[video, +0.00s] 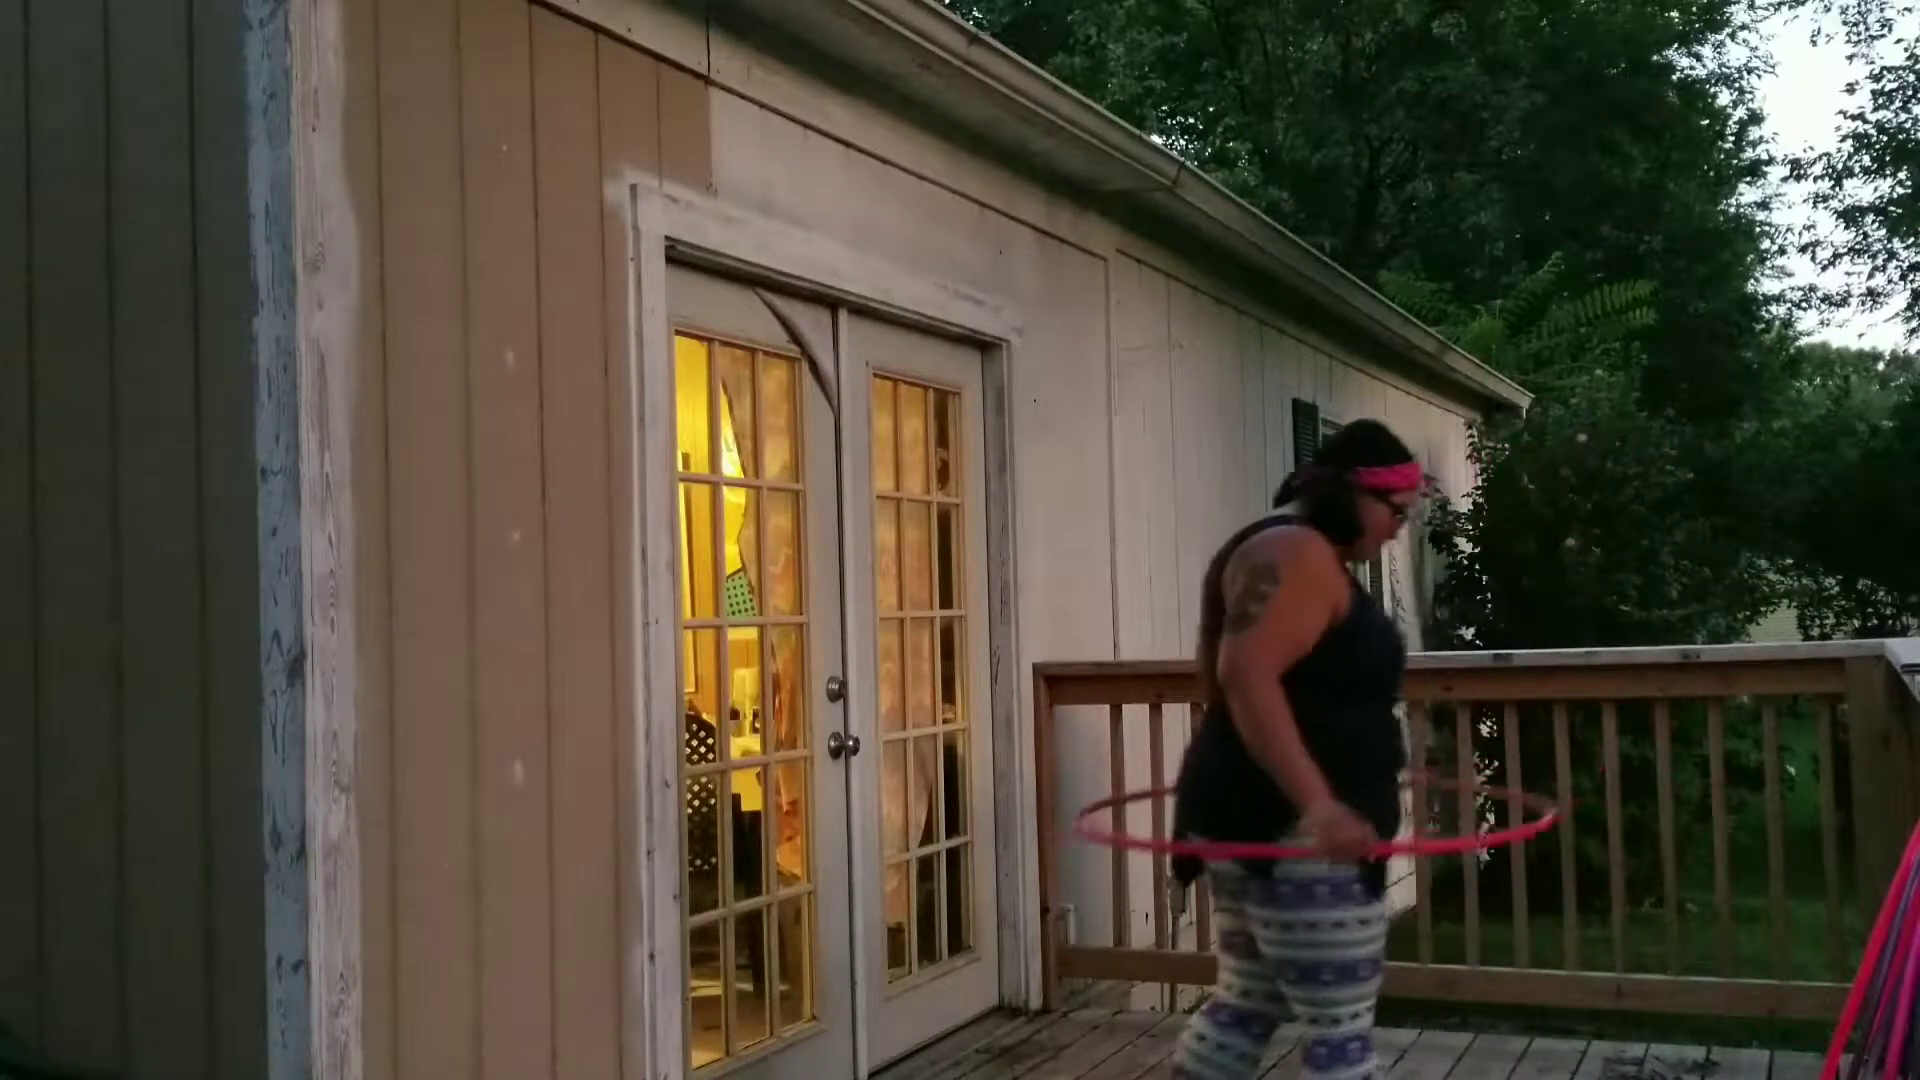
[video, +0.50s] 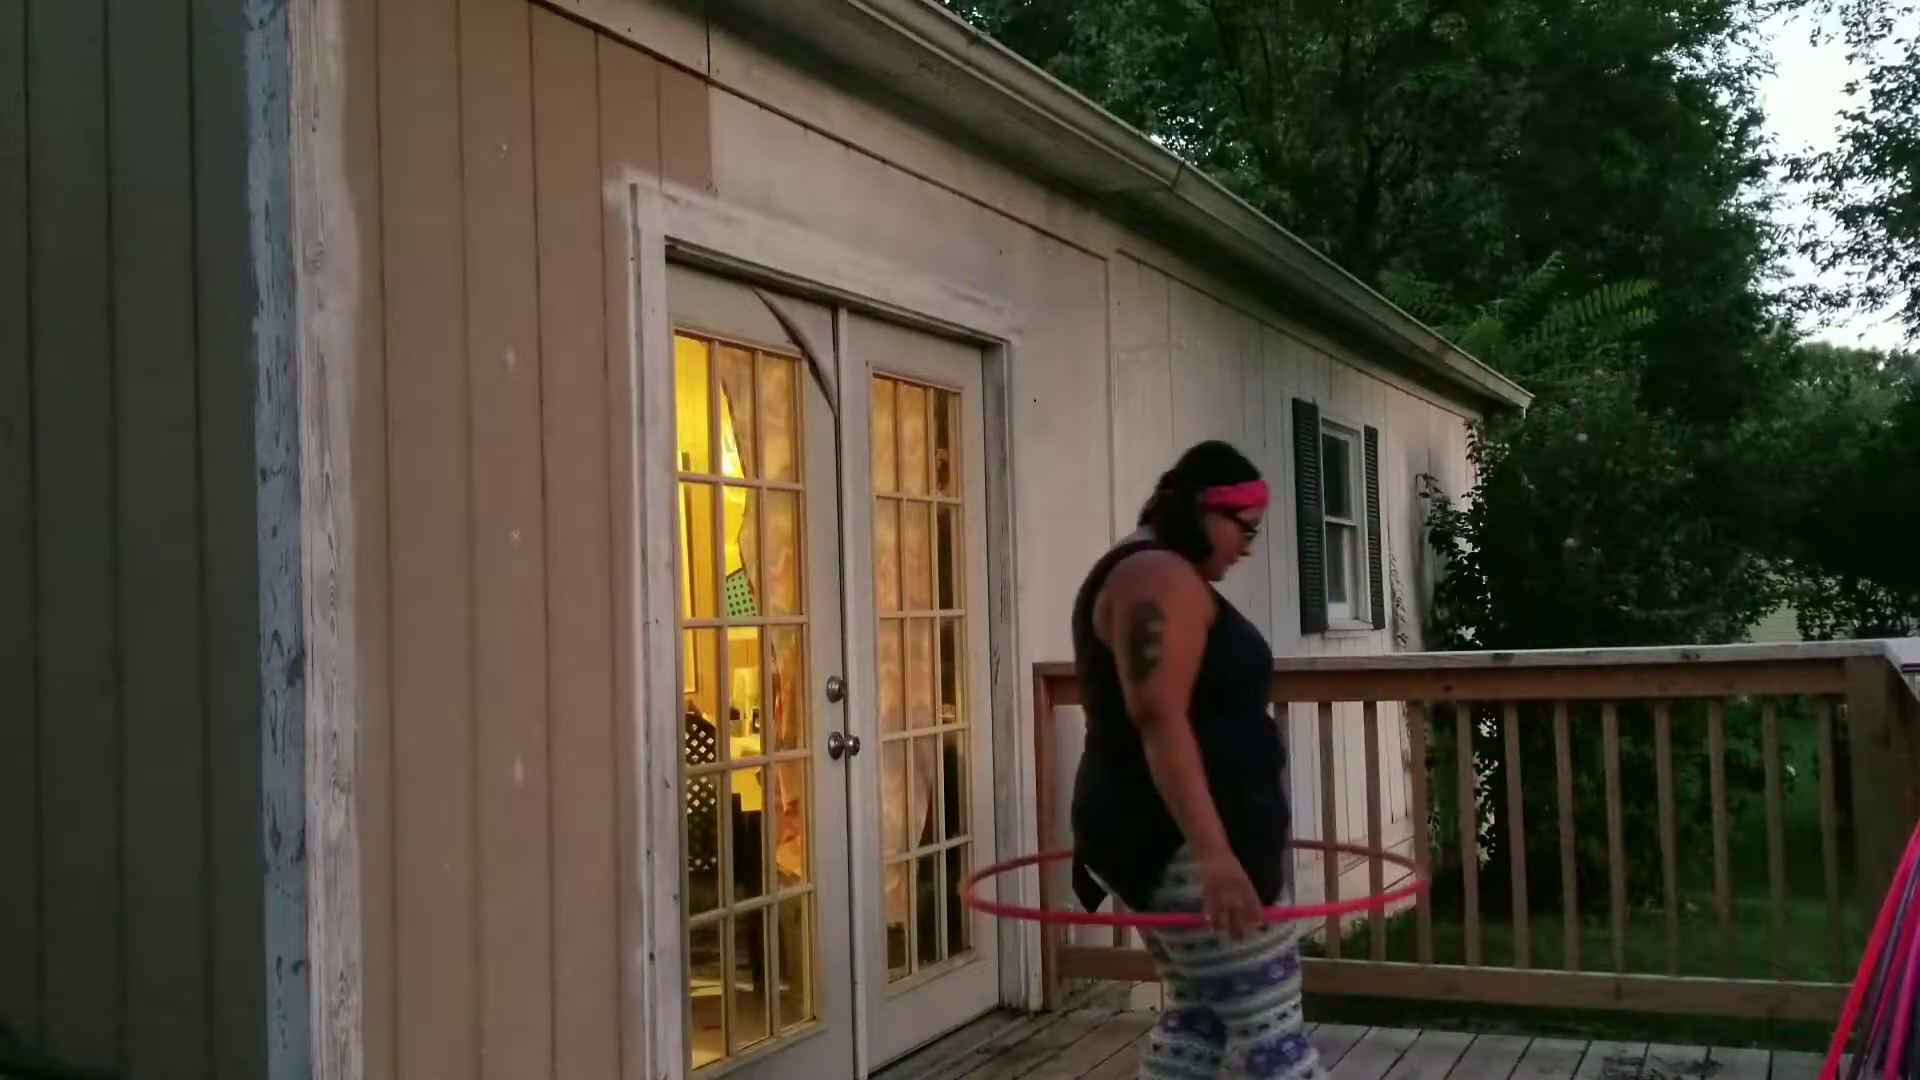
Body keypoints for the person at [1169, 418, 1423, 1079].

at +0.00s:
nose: (1399, 525)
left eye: (1405, 512)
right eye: (1394, 507)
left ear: (1338, 490)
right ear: (1351, 489)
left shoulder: (1269, 549)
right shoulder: (1300, 554)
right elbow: (1246, 674)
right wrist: (1320, 804)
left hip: (1246, 826)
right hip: (1304, 833)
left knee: (1247, 1004)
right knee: (1340, 1030)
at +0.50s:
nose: (1248, 543)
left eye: (1253, 530)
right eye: (1241, 524)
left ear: (1189, 511)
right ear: (1198, 509)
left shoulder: (1146, 573)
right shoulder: (1158, 577)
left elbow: (1153, 726)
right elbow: (1158, 720)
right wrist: (1214, 853)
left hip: (1160, 838)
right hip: (1188, 842)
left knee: (1198, 1019)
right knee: (1271, 1024)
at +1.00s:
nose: (1203, 488)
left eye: (1200, 474)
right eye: (1191, 474)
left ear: (1145, 485)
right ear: (1147, 484)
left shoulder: (1115, 548)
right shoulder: (1124, 543)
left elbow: (1056, 671)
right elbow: (1067, 661)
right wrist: (1180, 640)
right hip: (1169, 809)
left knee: (1174, 995)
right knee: (1262, 983)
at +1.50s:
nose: (1303, 489)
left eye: (1300, 475)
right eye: (1292, 475)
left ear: (1242, 483)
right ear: (1251, 484)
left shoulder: (1175, 560)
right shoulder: (1231, 561)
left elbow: (1169, 709)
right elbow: (1218, 701)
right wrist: (1273, 832)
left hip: (1171, 827)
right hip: (1242, 835)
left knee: (1162, 1016)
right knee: (1296, 1033)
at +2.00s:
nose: (1344, 524)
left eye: (1348, 510)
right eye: (1338, 507)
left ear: (1274, 492)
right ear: (1296, 494)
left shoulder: (1194, 559)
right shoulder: (1263, 560)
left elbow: (1161, 694)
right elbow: (1252, 694)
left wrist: (1163, 829)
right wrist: (1303, 839)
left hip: (1194, 828)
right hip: (1272, 837)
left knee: (1205, 1015)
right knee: (1325, 1035)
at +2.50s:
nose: (1241, 475)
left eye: (1237, 462)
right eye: (1229, 463)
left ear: (1165, 479)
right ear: (1188, 477)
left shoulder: (1119, 560)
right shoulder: (1181, 540)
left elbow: (1084, 671)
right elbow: (1136, 646)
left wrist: (1183, 667)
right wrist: (1232, 608)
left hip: (1169, 814)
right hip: (1242, 812)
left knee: (1184, 1001)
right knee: (1316, 1012)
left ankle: (1165, 1073)